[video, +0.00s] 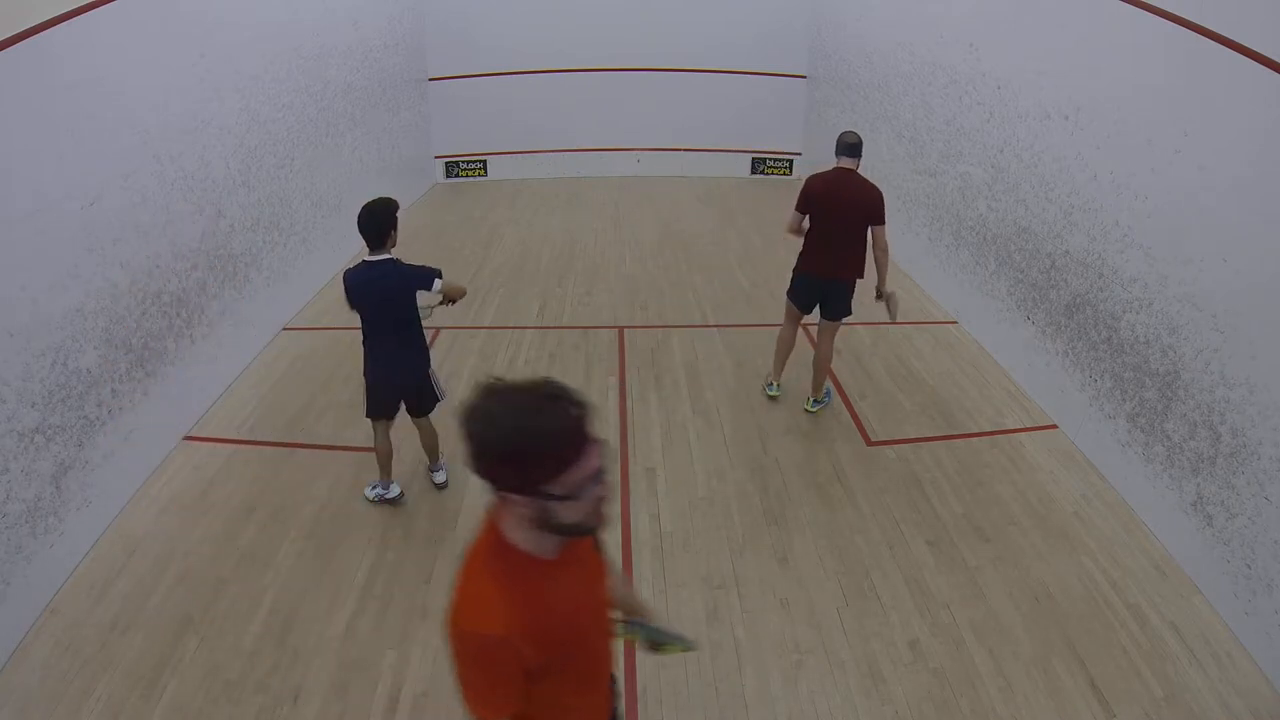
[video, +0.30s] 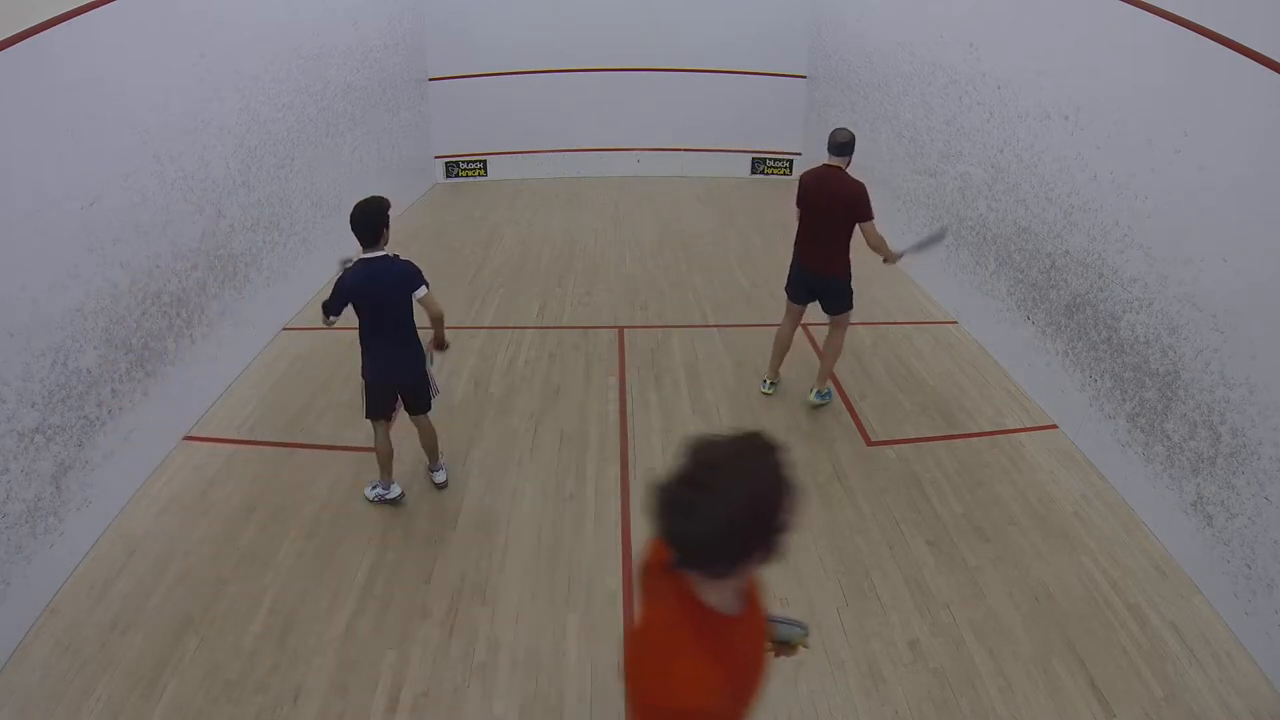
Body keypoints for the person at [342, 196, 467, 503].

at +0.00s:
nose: (398, 232)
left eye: (395, 227)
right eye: (396, 227)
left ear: (364, 235)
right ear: (392, 234)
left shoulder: (352, 278)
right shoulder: (408, 274)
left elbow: (357, 308)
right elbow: (457, 290)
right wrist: (443, 298)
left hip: (378, 369)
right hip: (413, 364)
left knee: (380, 428)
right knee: (422, 419)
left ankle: (387, 486)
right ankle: (437, 470)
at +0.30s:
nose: (390, 227)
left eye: (388, 223)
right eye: (388, 224)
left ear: (356, 234)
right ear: (384, 230)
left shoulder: (352, 278)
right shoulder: (404, 269)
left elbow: (328, 317)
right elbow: (436, 313)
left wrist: (342, 277)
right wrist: (439, 337)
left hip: (376, 368)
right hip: (410, 361)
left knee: (380, 426)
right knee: (421, 418)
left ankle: (387, 485)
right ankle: (437, 469)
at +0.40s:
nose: (389, 226)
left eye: (387, 222)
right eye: (388, 223)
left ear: (354, 233)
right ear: (384, 229)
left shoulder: (349, 275)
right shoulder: (403, 268)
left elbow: (325, 315)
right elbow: (428, 319)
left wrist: (328, 274)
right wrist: (433, 348)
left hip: (376, 366)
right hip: (408, 359)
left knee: (381, 427)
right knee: (420, 417)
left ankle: (387, 486)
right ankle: (436, 468)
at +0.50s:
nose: (389, 226)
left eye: (387, 221)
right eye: (387, 222)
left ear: (354, 233)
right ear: (383, 229)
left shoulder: (347, 280)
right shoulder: (402, 268)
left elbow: (325, 319)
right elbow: (423, 320)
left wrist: (326, 286)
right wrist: (429, 350)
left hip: (374, 370)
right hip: (408, 362)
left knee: (380, 428)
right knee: (420, 417)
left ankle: (387, 486)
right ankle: (436, 468)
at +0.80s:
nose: (385, 228)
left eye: (382, 224)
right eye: (383, 224)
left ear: (350, 234)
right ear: (379, 232)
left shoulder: (343, 280)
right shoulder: (395, 270)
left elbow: (337, 330)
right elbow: (420, 317)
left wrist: (357, 323)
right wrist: (426, 319)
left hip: (366, 369)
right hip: (400, 362)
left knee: (372, 427)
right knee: (417, 415)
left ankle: (384, 487)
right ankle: (436, 468)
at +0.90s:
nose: (378, 230)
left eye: (374, 226)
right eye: (376, 226)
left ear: (344, 236)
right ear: (372, 234)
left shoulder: (337, 283)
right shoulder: (389, 272)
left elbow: (331, 334)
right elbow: (417, 317)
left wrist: (354, 321)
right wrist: (419, 302)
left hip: (361, 371)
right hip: (395, 364)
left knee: (361, 427)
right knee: (416, 416)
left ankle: (373, 488)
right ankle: (436, 467)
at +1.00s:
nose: (367, 237)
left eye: (363, 232)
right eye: (365, 233)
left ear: (333, 244)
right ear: (361, 241)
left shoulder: (329, 290)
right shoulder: (380, 277)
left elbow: (326, 342)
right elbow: (411, 318)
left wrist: (346, 329)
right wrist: (409, 298)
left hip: (354, 375)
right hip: (389, 367)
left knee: (347, 431)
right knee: (414, 415)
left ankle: (353, 494)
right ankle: (435, 465)